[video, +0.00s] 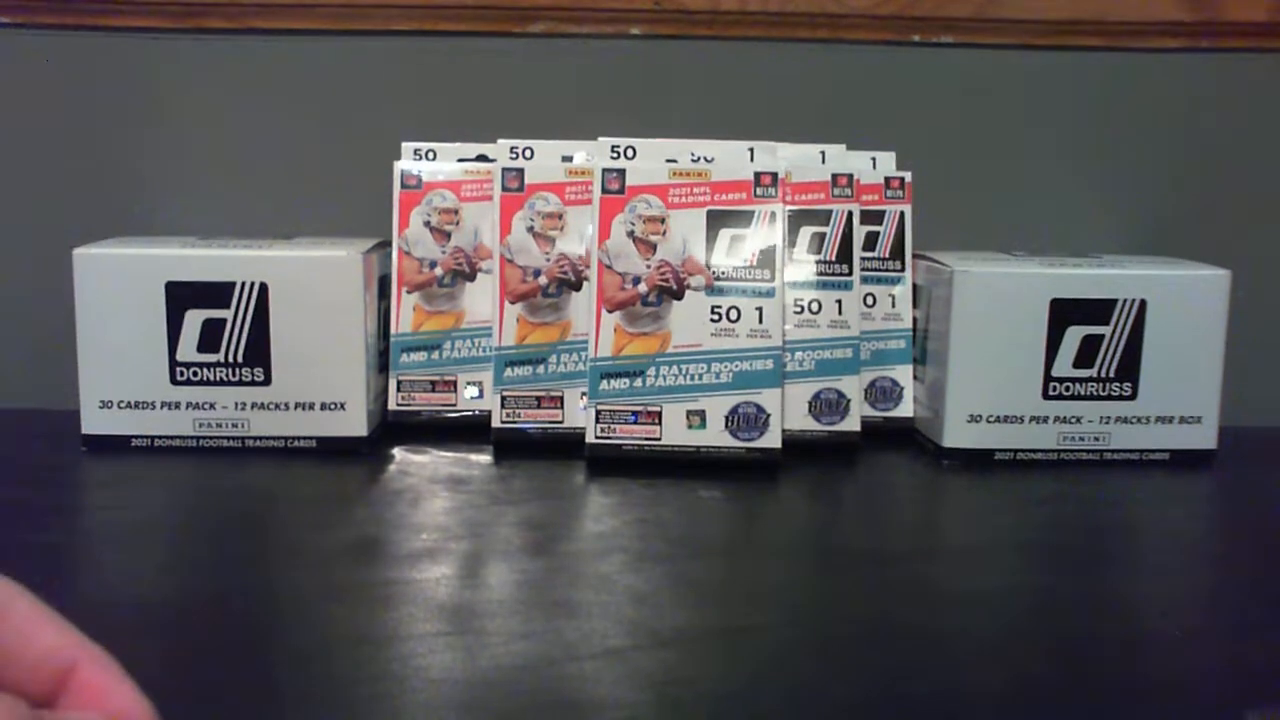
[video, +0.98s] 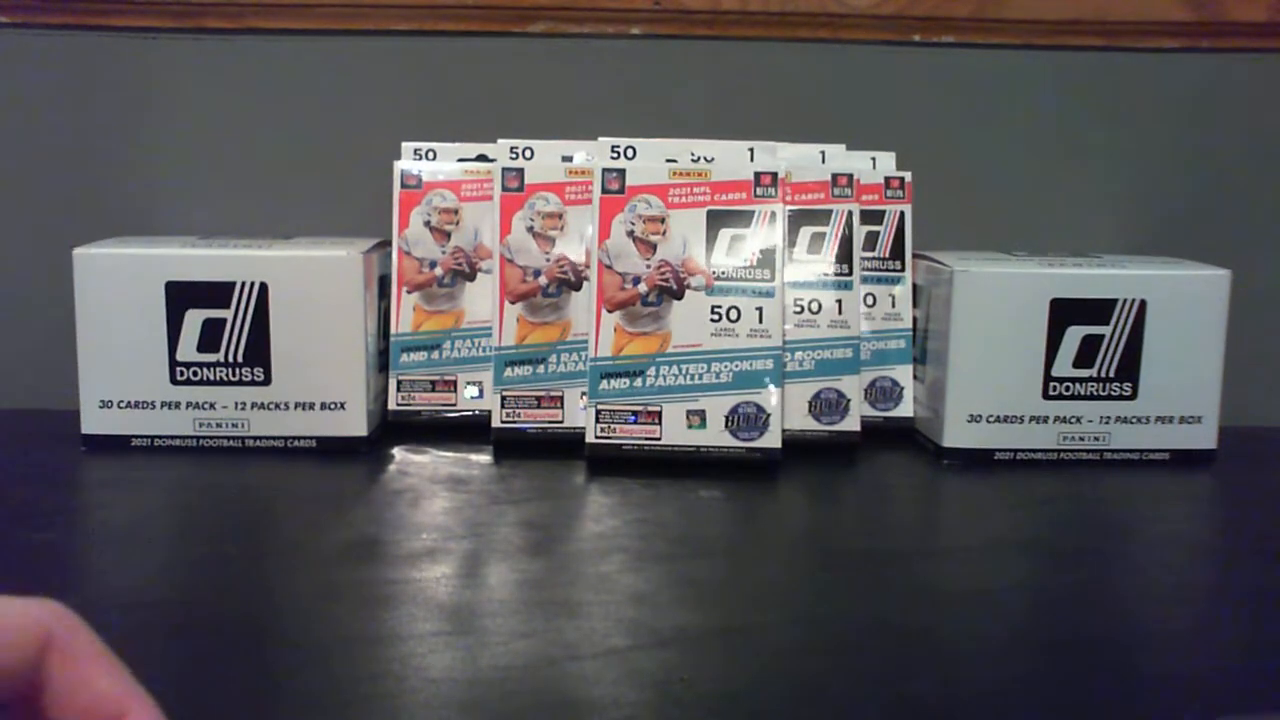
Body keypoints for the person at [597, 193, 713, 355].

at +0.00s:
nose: (658, 228)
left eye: (661, 222)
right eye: (651, 222)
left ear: (666, 223)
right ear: (634, 223)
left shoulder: (674, 249)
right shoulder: (613, 250)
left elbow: (707, 278)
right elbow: (610, 302)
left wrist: (688, 281)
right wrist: (645, 286)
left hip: (655, 335)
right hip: (623, 332)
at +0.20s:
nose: (658, 228)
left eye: (661, 222)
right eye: (651, 222)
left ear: (666, 223)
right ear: (634, 223)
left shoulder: (674, 248)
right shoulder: (613, 250)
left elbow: (707, 278)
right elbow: (610, 302)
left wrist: (688, 281)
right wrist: (645, 286)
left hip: (655, 335)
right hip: (623, 332)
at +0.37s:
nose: (658, 228)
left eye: (661, 221)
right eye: (651, 222)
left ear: (666, 223)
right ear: (634, 223)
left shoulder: (674, 248)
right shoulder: (613, 250)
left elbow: (706, 278)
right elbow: (610, 302)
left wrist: (689, 281)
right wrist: (645, 286)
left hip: (655, 335)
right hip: (623, 332)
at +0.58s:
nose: (658, 228)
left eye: (661, 221)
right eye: (651, 222)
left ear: (666, 223)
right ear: (634, 223)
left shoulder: (674, 249)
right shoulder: (613, 250)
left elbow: (706, 278)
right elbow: (610, 302)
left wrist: (688, 281)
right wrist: (645, 286)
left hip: (655, 335)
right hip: (623, 332)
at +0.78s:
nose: (658, 228)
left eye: (661, 222)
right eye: (651, 222)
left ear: (666, 223)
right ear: (634, 223)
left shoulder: (674, 249)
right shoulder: (613, 250)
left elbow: (706, 278)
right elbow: (610, 302)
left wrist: (689, 281)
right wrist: (645, 286)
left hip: (655, 335)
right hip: (623, 332)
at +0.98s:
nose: (658, 228)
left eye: (661, 222)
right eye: (651, 222)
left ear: (666, 223)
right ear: (634, 223)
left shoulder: (674, 248)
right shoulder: (613, 249)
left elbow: (706, 278)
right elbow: (610, 302)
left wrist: (689, 281)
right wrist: (645, 286)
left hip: (655, 335)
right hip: (623, 332)